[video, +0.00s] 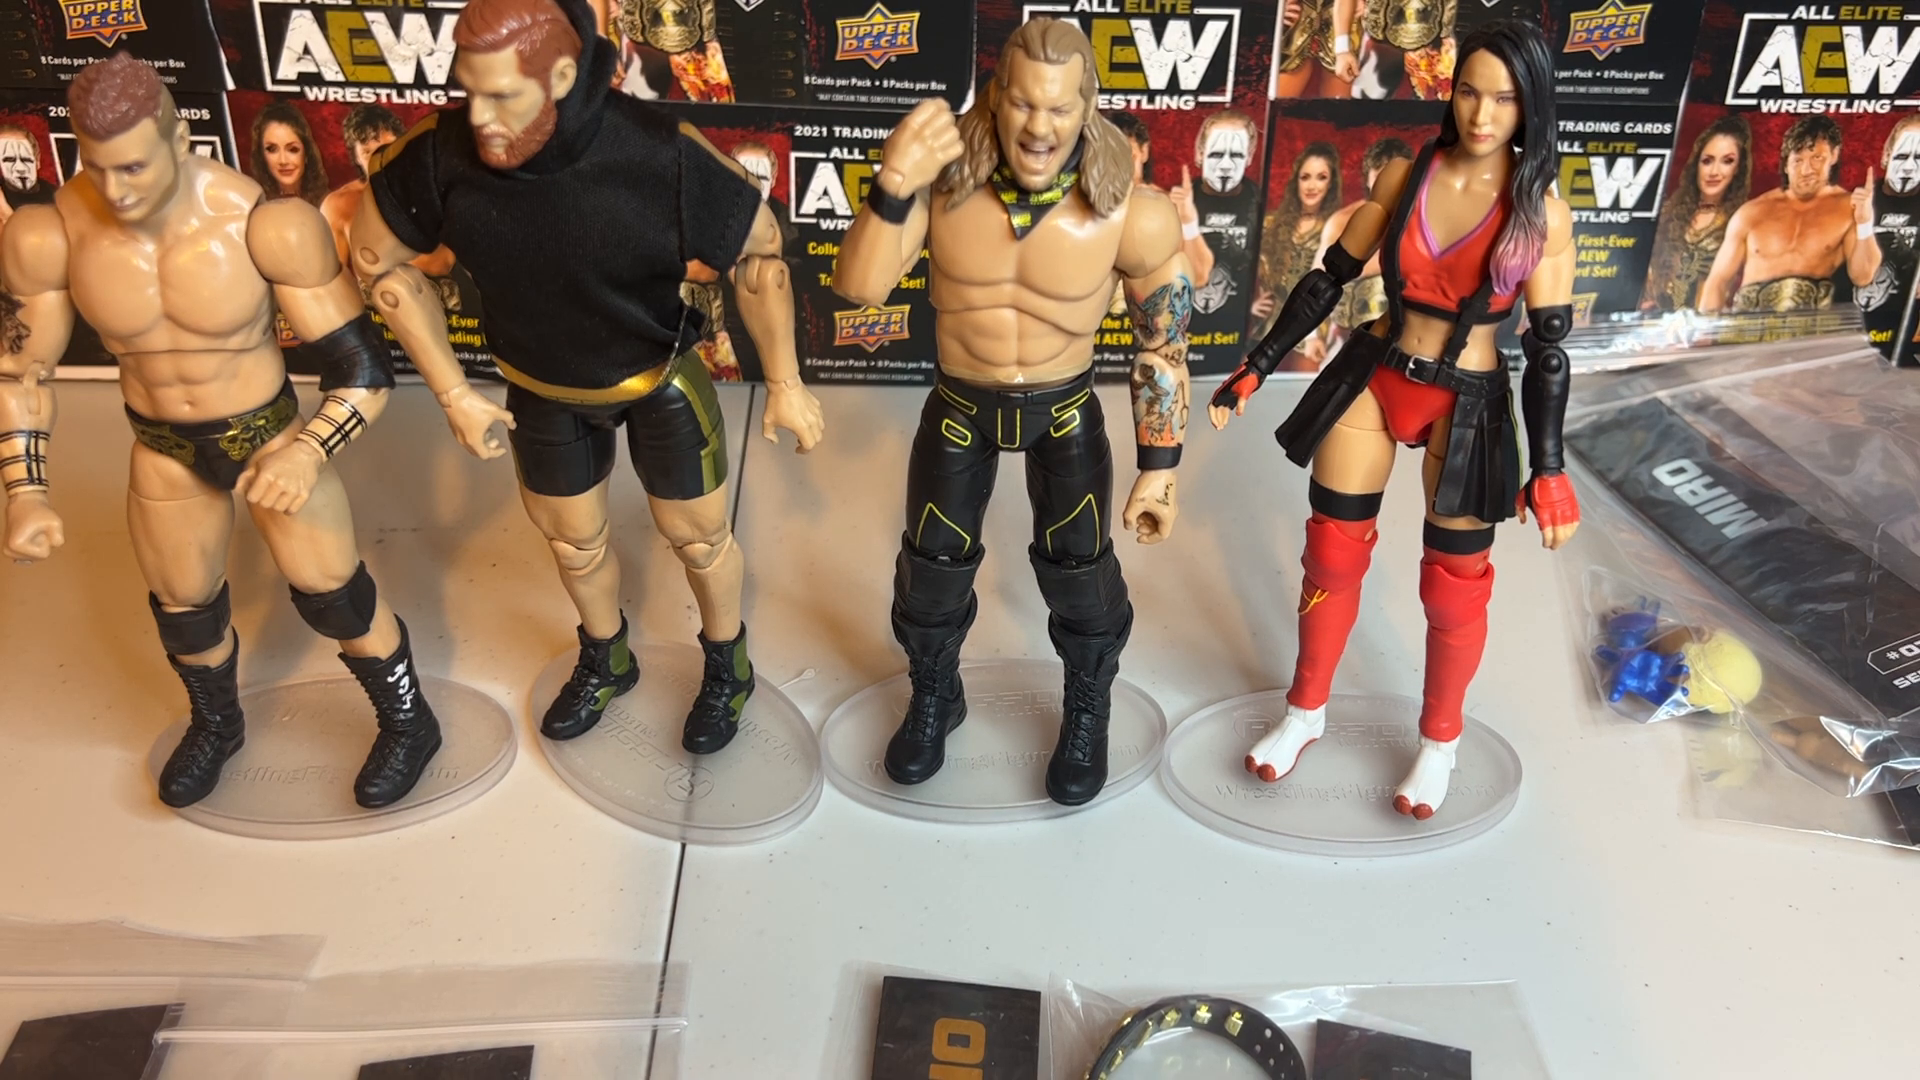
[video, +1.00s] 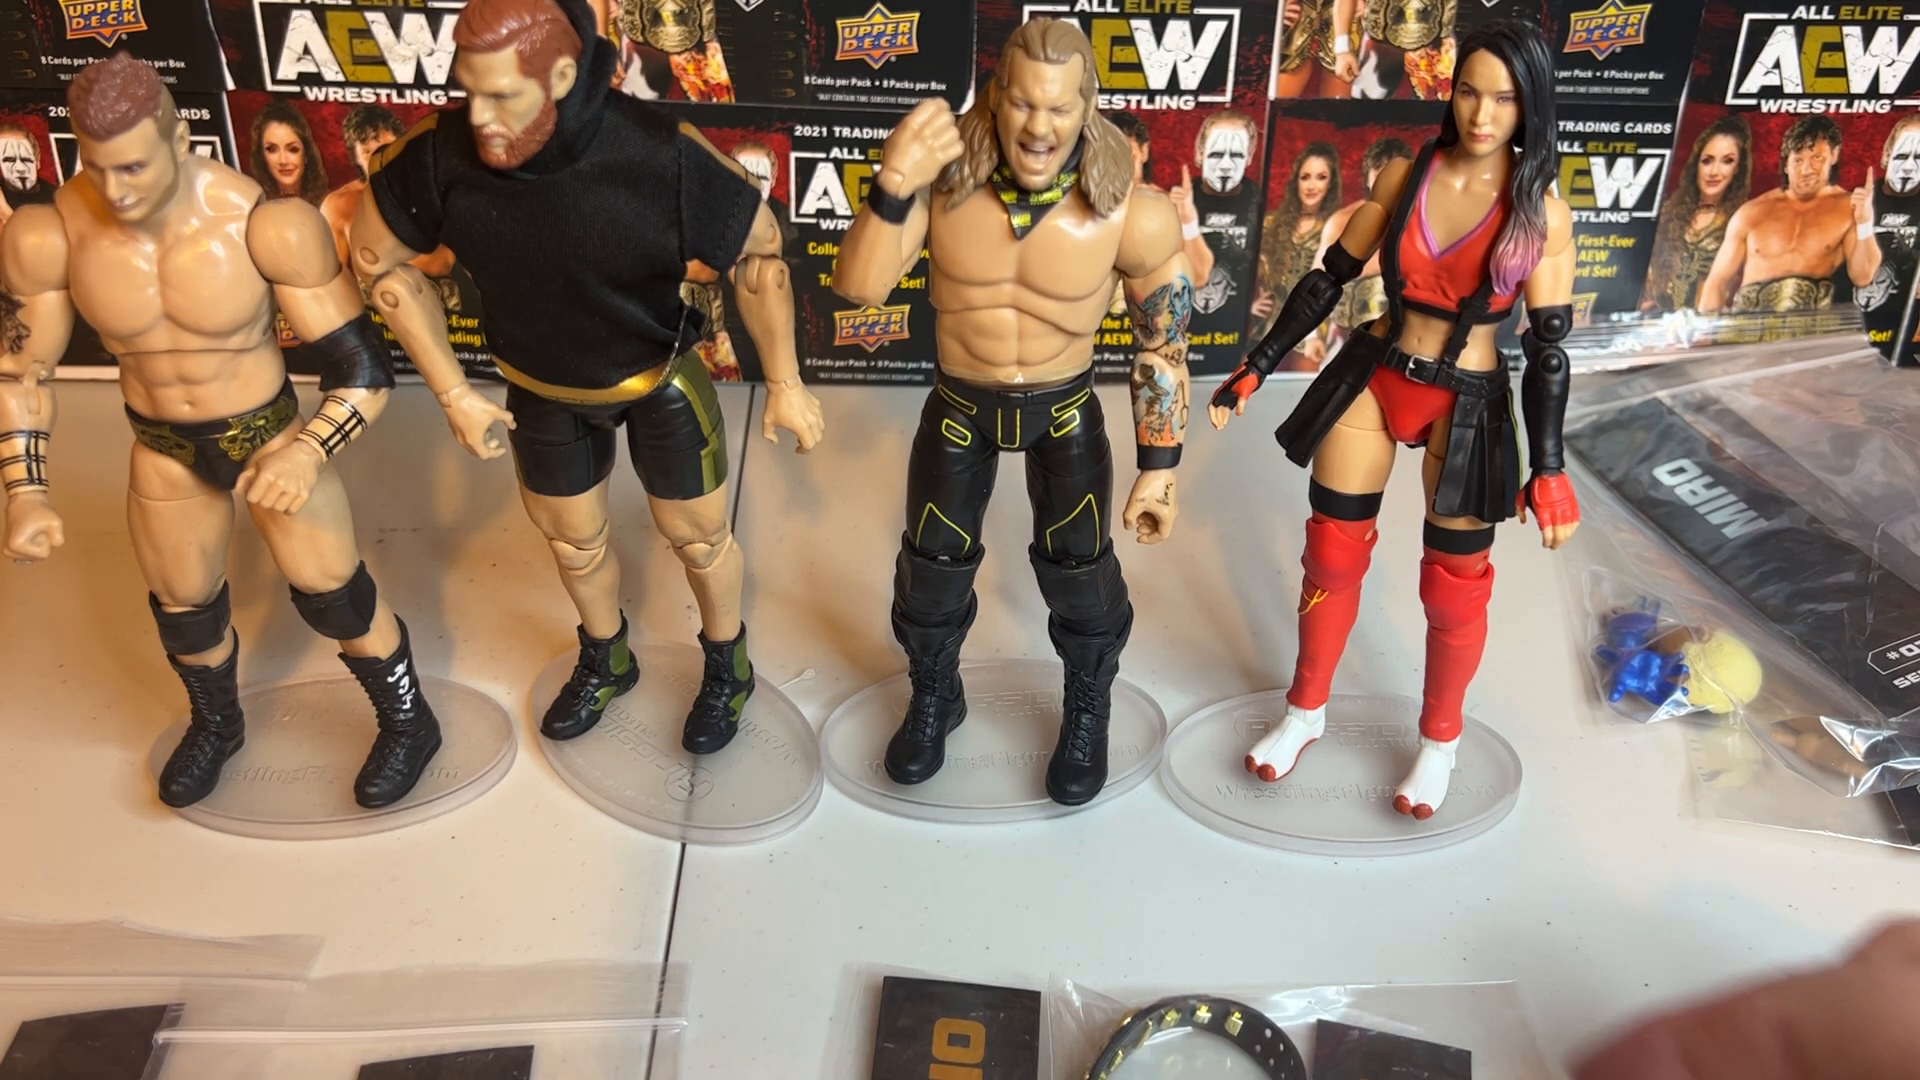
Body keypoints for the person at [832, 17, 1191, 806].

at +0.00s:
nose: (1040, 127)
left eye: (1060, 109)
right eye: (1024, 104)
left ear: (1087, 107)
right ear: (995, 95)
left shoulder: (1130, 208)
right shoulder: (944, 177)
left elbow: (1163, 339)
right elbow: (858, 287)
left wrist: (1161, 465)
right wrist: (892, 189)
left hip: (1064, 408)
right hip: (959, 403)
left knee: (1078, 568)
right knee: (933, 563)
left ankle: (1086, 713)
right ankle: (932, 699)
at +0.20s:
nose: (1040, 127)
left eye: (1060, 109)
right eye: (1024, 104)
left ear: (1086, 106)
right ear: (995, 94)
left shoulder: (1129, 208)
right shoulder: (943, 176)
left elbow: (1162, 338)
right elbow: (858, 286)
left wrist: (1161, 465)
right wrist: (892, 188)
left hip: (1064, 408)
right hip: (958, 403)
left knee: (1078, 569)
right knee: (932, 563)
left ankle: (1086, 712)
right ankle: (932, 699)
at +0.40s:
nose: (1040, 126)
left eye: (1060, 109)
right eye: (1024, 104)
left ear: (1086, 106)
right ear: (995, 95)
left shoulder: (1130, 207)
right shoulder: (944, 176)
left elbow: (1163, 337)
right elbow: (857, 287)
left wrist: (1161, 463)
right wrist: (892, 189)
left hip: (1064, 407)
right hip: (959, 403)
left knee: (1078, 567)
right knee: (932, 562)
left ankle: (1086, 713)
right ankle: (932, 699)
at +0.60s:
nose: (1040, 127)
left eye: (1060, 109)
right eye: (1024, 104)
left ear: (1086, 106)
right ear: (995, 95)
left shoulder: (1130, 208)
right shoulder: (944, 177)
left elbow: (1163, 338)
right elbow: (857, 287)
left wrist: (1161, 464)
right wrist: (892, 189)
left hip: (1064, 408)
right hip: (959, 403)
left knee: (1078, 568)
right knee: (932, 562)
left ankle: (1086, 713)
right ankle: (932, 699)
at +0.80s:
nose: (1040, 127)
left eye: (1060, 109)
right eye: (1024, 104)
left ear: (1087, 106)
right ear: (995, 95)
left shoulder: (1129, 207)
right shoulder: (944, 176)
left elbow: (1162, 338)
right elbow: (858, 287)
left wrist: (1161, 464)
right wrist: (892, 189)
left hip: (1064, 408)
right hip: (959, 403)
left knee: (1078, 569)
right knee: (932, 563)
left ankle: (1086, 712)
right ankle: (932, 699)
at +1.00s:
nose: (1040, 127)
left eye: (1060, 109)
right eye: (1024, 104)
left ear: (1086, 107)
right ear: (995, 95)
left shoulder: (1130, 208)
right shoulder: (944, 176)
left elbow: (1163, 337)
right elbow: (857, 287)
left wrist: (1161, 464)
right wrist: (892, 190)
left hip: (1064, 408)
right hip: (959, 403)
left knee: (1078, 568)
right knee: (932, 562)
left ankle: (1086, 713)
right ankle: (932, 699)